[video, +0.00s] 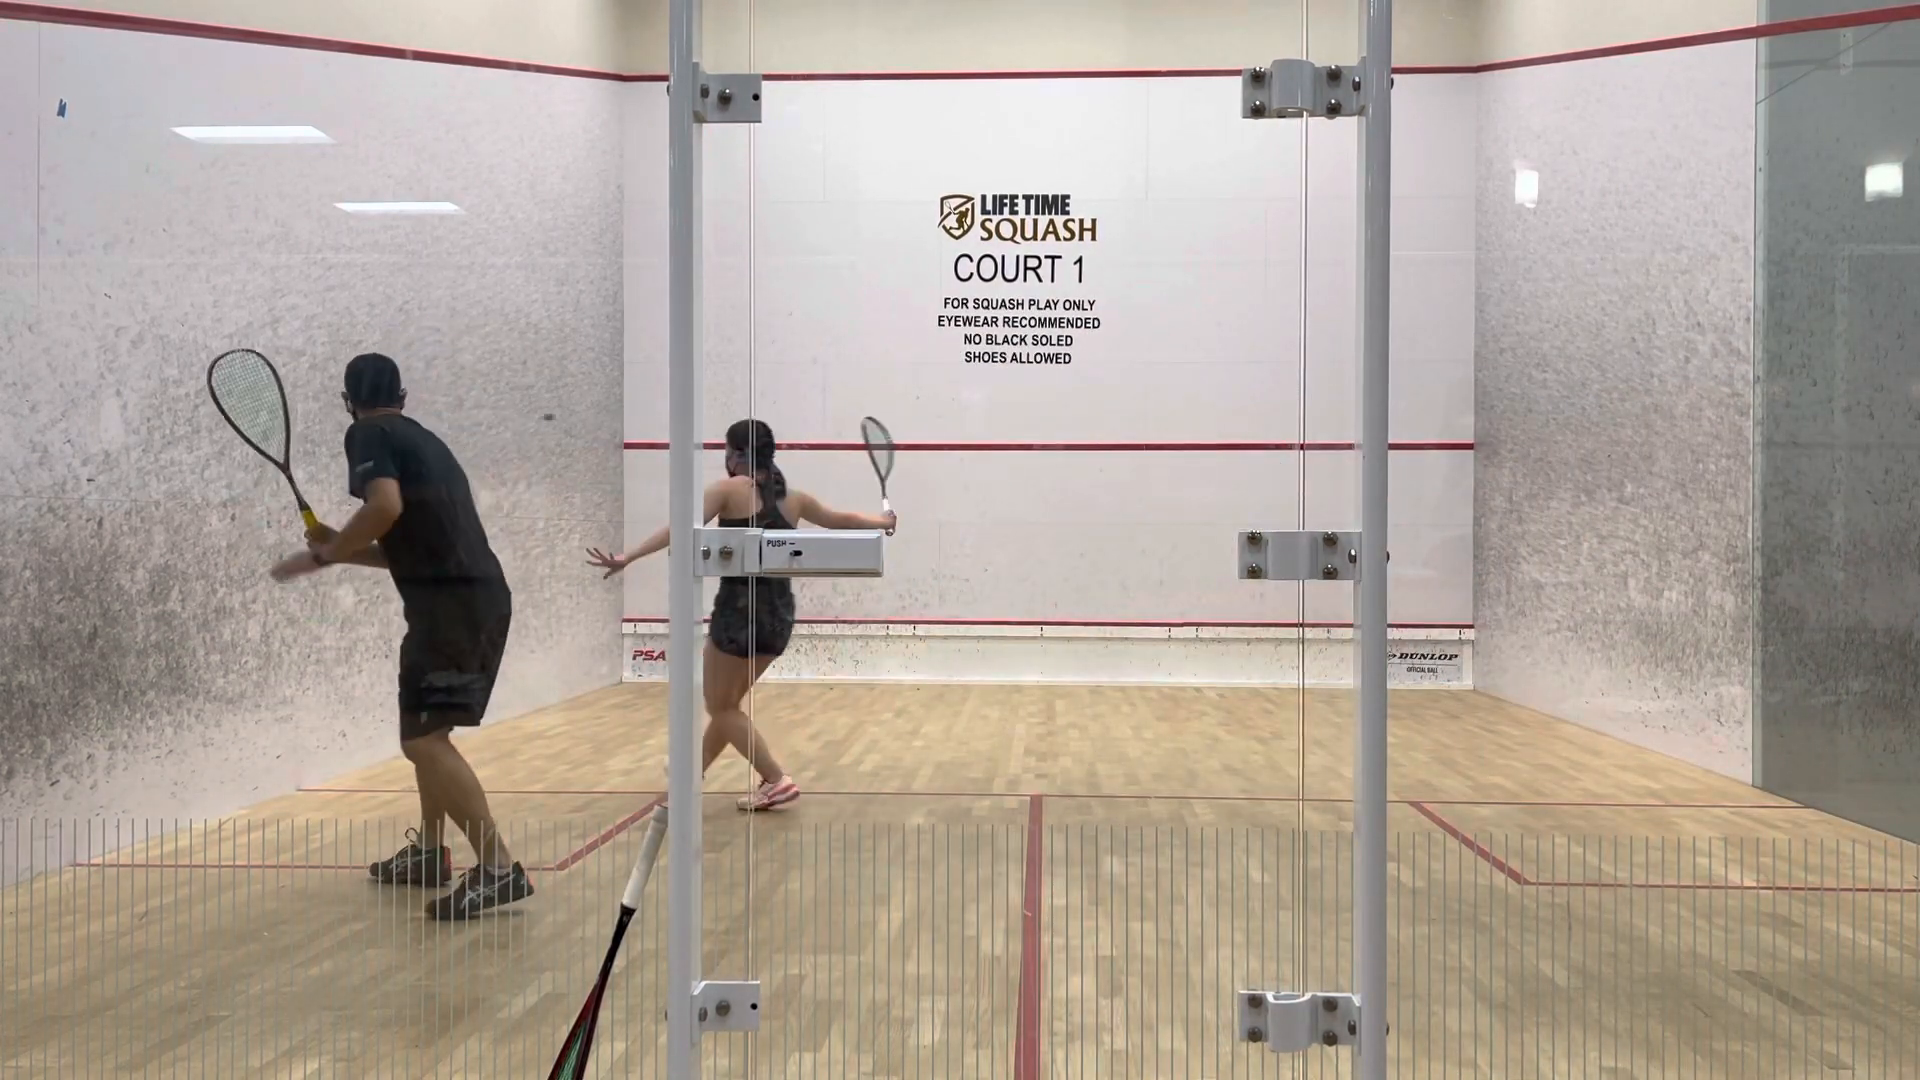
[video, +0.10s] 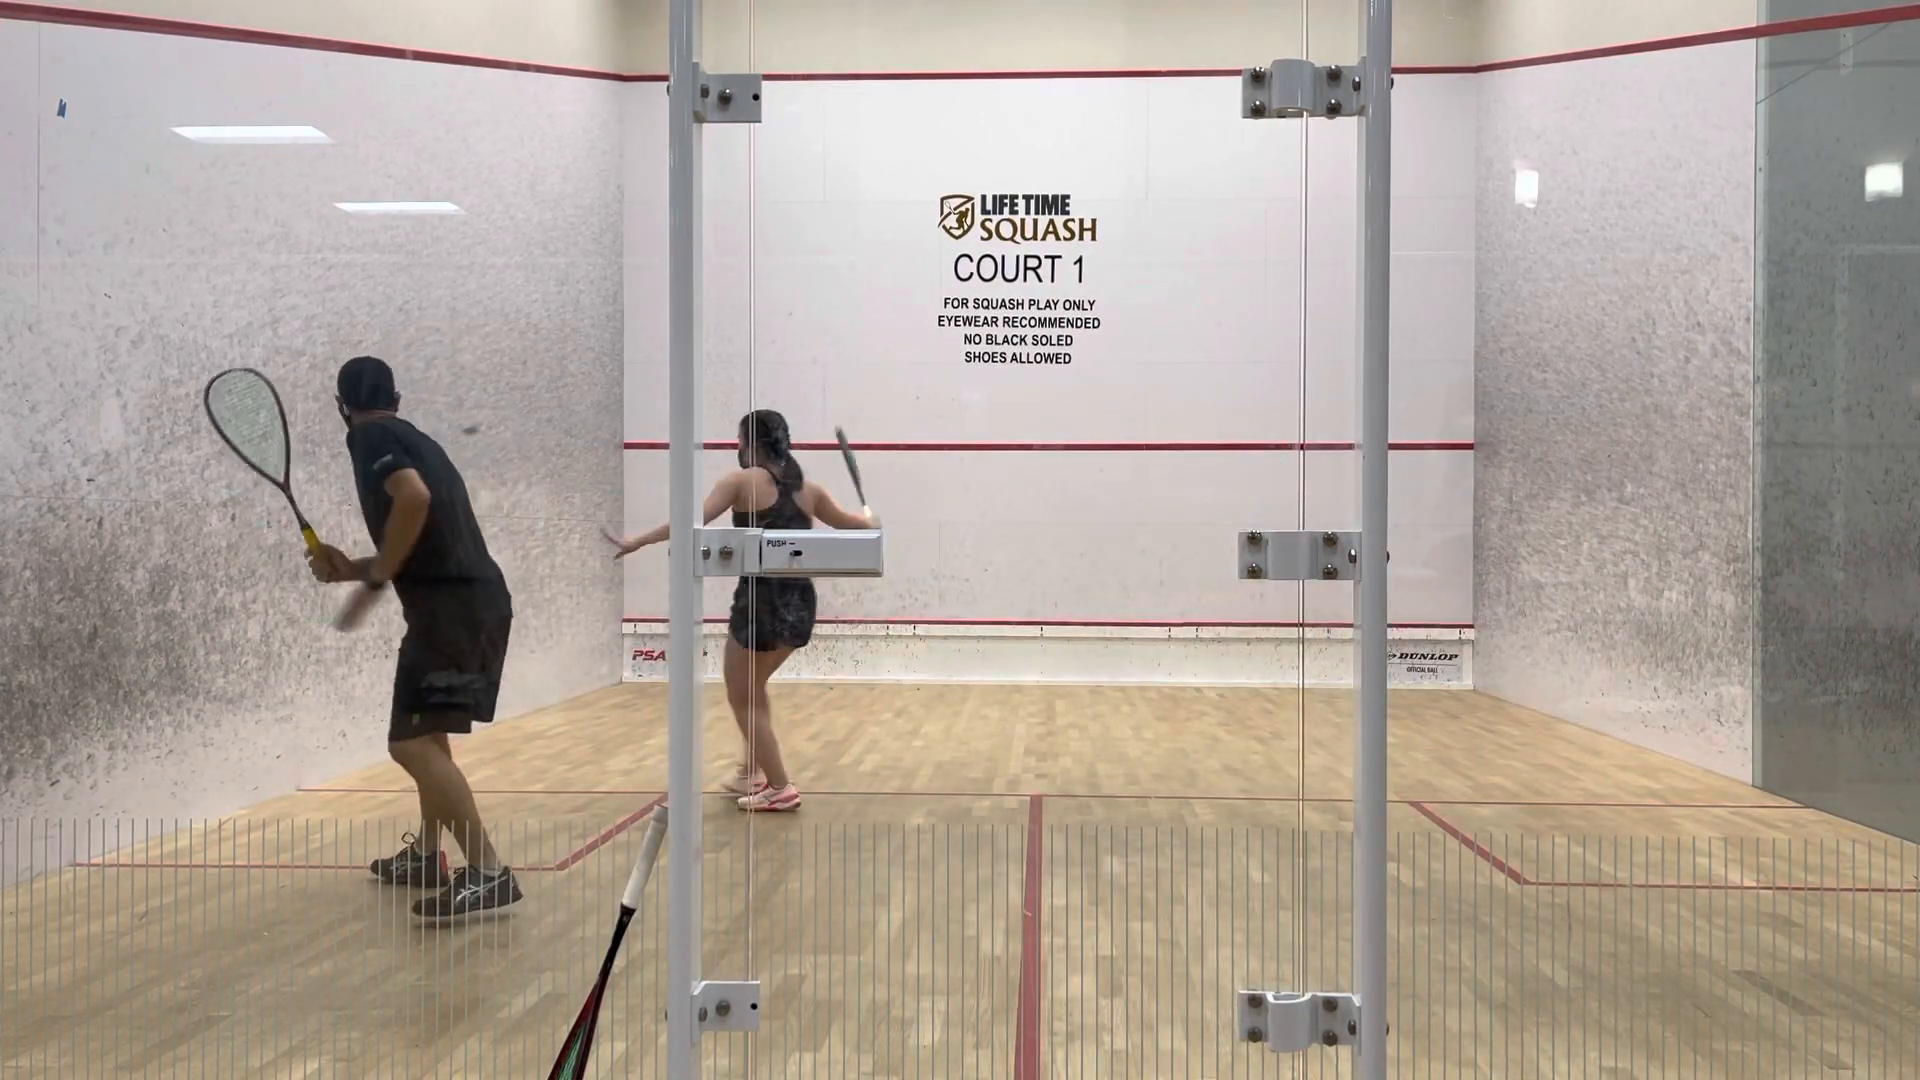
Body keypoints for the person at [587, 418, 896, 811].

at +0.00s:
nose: (725, 457)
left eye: (727, 450)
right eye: (727, 450)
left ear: (736, 453)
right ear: (769, 452)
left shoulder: (726, 490)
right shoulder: (792, 497)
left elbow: (678, 529)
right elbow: (837, 519)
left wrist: (627, 556)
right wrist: (883, 521)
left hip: (737, 611)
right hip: (780, 614)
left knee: (721, 706)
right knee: (727, 707)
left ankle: (776, 780)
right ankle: (685, 781)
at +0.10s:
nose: (737, 449)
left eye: (740, 442)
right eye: (738, 442)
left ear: (751, 443)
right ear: (781, 443)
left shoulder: (741, 480)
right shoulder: (808, 489)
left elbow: (690, 522)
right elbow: (844, 521)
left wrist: (635, 542)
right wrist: (867, 519)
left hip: (759, 603)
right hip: (800, 603)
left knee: (744, 700)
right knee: (753, 685)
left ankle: (780, 788)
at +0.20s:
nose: (754, 444)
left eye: (757, 437)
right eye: (754, 437)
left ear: (771, 437)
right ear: (798, 435)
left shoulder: (755, 477)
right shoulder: (823, 482)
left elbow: (718, 522)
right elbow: (855, 532)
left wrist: (670, 533)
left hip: (777, 601)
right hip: (820, 599)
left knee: (760, 696)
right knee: (790, 684)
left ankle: (781, 788)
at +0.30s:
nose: (767, 441)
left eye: (771, 434)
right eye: (768, 434)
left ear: (791, 435)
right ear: (809, 434)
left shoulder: (774, 476)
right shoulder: (839, 482)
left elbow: (759, 530)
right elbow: (857, 538)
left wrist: (728, 538)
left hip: (796, 599)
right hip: (840, 597)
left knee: (771, 693)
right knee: (835, 695)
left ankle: (780, 787)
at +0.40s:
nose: (785, 448)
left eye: (790, 441)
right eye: (786, 441)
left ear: (810, 444)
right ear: (825, 443)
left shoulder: (800, 484)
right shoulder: (855, 482)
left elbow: (794, 549)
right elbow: (868, 540)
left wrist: (751, 550)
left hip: (821, 604)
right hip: (863, 602)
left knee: (783, 693)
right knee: (879, 703)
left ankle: (781, 788)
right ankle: (942, 775)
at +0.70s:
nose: (828, 446)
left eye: (834, 438)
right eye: (827, 438)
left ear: (858, 439)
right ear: (866, 441)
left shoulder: (850, 480)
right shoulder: (900, 478)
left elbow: (850, 551)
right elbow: (924, 548)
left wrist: (796, 553)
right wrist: (881, 573)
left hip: (868, 607)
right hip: (908, 604)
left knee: (810, 692)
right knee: (916, 710)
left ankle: (819, 793)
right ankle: (960, 799)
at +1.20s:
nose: (808, 448)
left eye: (813, 440)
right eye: (807, 440)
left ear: (840, 438)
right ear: (851, 439)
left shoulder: (827, 483)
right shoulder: (897, 475)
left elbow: (820, 556)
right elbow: (925, 542)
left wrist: (782, 557)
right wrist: (886, 564)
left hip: (864, 605)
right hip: (915, 602)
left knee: (829, 714)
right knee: (930, 712)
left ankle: (816, 820)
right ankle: (979, 792)